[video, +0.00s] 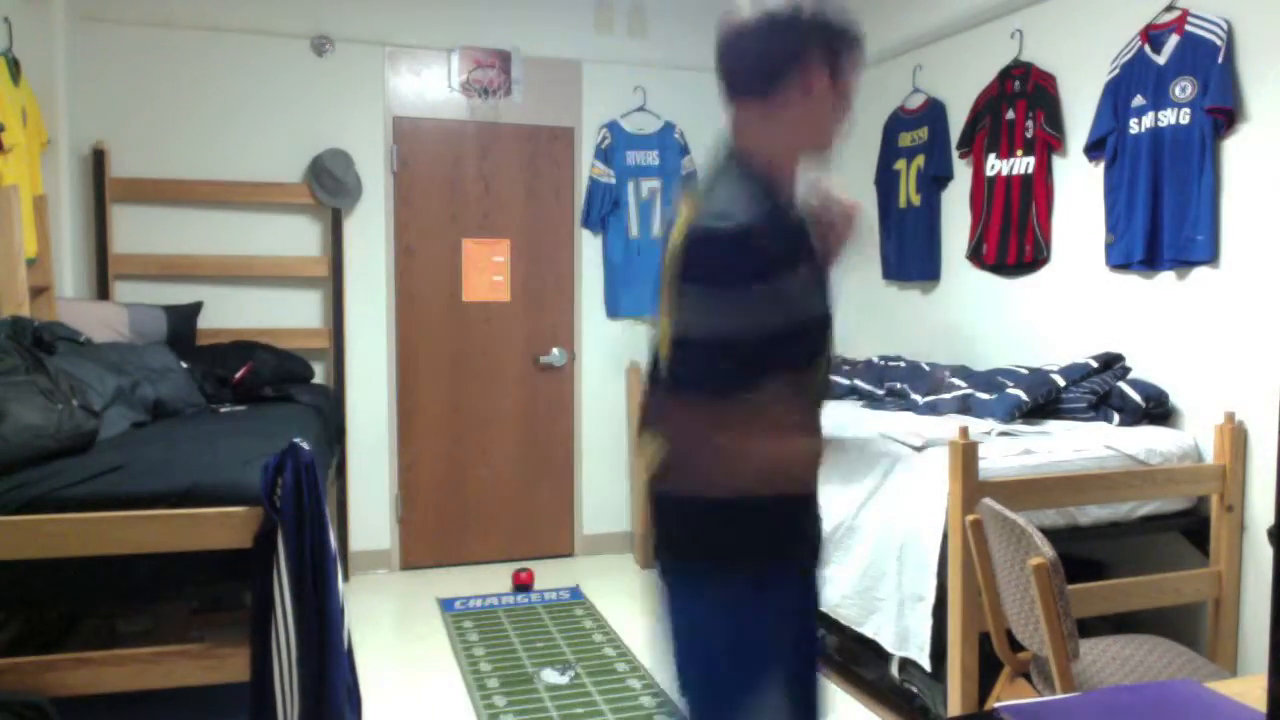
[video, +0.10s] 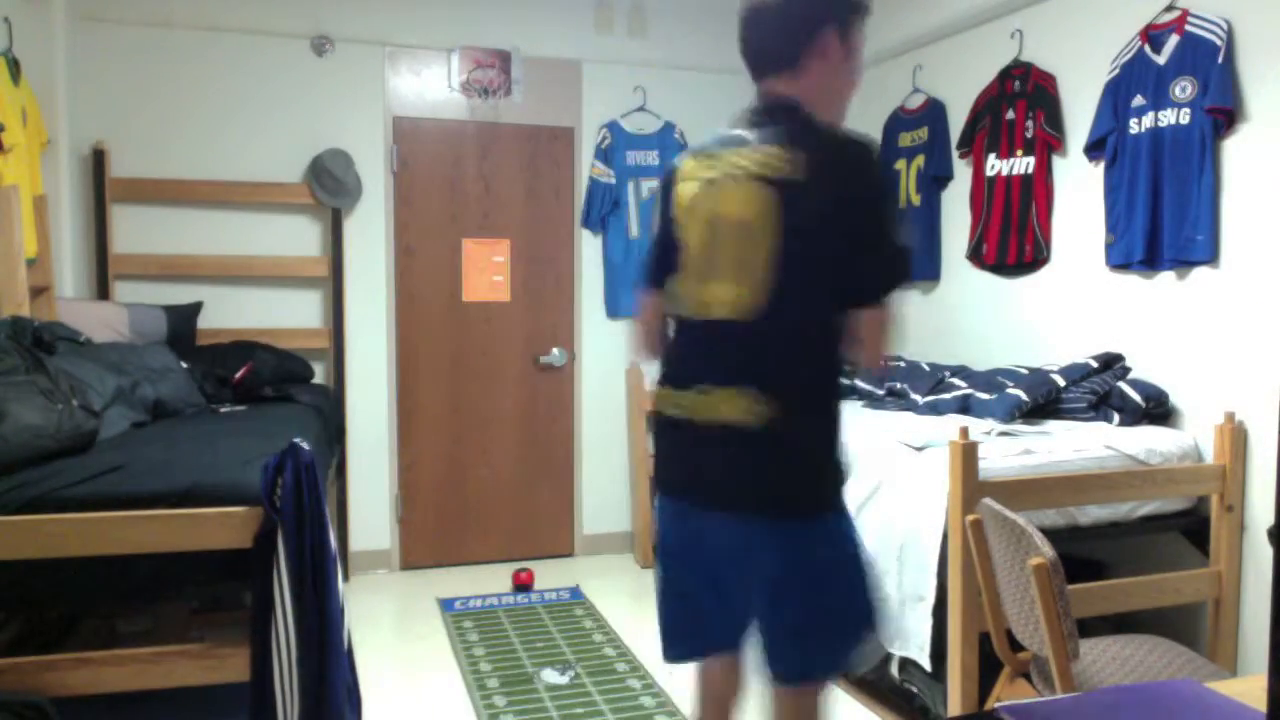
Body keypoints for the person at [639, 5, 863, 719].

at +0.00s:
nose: (845, 110)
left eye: (843, 90)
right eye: (837, 89)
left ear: (788, 88)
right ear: (800, 84)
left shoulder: (768, 208)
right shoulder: (728, 224)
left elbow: (762, 342)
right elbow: (696, 408)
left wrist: (814, 256)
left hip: (771, 529)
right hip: (724, 539)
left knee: (786, 701)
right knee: (738, 704)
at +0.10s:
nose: (859, 72)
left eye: (857, 53)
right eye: (856, 51)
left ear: (755, 55)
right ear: (827, 49)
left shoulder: (694, 163)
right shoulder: (847, 163)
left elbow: (651, 329)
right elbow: (868, 347)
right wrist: (808, 311)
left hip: (689, 476)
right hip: (789, 480)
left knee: (715, 669)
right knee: (801, 684)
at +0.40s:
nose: (675, 209)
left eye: (682, 195)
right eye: (675, 194)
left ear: (718, 199)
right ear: (732, 200)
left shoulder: (704, 290)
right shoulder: (811, 283)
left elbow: (714, 443)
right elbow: (843, 406)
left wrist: (663, 462)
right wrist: (774, 425)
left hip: (746, 532)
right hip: (820, 521)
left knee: (679, 681)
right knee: (804, 671)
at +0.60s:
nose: (625, 166)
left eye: (639, 149)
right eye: (618, 151)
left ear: (685, 148)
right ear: (614, 153)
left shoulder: (692, 221)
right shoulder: (690, 216)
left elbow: (730, 354)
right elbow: (748, 332)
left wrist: (643, 402)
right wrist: (661, 389)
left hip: (718, 464)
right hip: (725, 457)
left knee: (699, 642)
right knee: (728, 623)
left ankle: (733, 717)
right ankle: (784, 708)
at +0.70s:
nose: (602, 185)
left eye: (619, 170)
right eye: (597, 169)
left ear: (658, 174)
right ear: (590, 170)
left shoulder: (675, 249)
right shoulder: (638, 247)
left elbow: (764, 340)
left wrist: (688, 409)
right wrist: (644, 402)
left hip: (719, 474)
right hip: (675, 467)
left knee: (684, 655)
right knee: (646, 597)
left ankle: (730, 718)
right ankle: (694, 695)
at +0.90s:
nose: (617, 188)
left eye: (629, 174)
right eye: (608, 175)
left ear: (653, 180)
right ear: (597, 184)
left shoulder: (685, 259)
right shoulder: (603, 267)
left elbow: (669, 350)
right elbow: (554, 346)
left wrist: (627, 258)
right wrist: (536, 251)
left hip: (686, 438)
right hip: (632, 439)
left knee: (694, 581)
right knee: (621, 572)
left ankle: (730, 709)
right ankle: (638, 696)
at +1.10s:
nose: (597, 56)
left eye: (608, 42)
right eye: (589, 43)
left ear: (643, 43)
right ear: (581, 48)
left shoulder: (673, 111)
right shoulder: (575, 115)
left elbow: (684, 196)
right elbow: (521, 169)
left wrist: (627, 124)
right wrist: (521, 100)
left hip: (660, 311)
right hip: (595, 308)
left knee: (670, 464)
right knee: (611, 464)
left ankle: (686, 615)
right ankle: (633, 594)